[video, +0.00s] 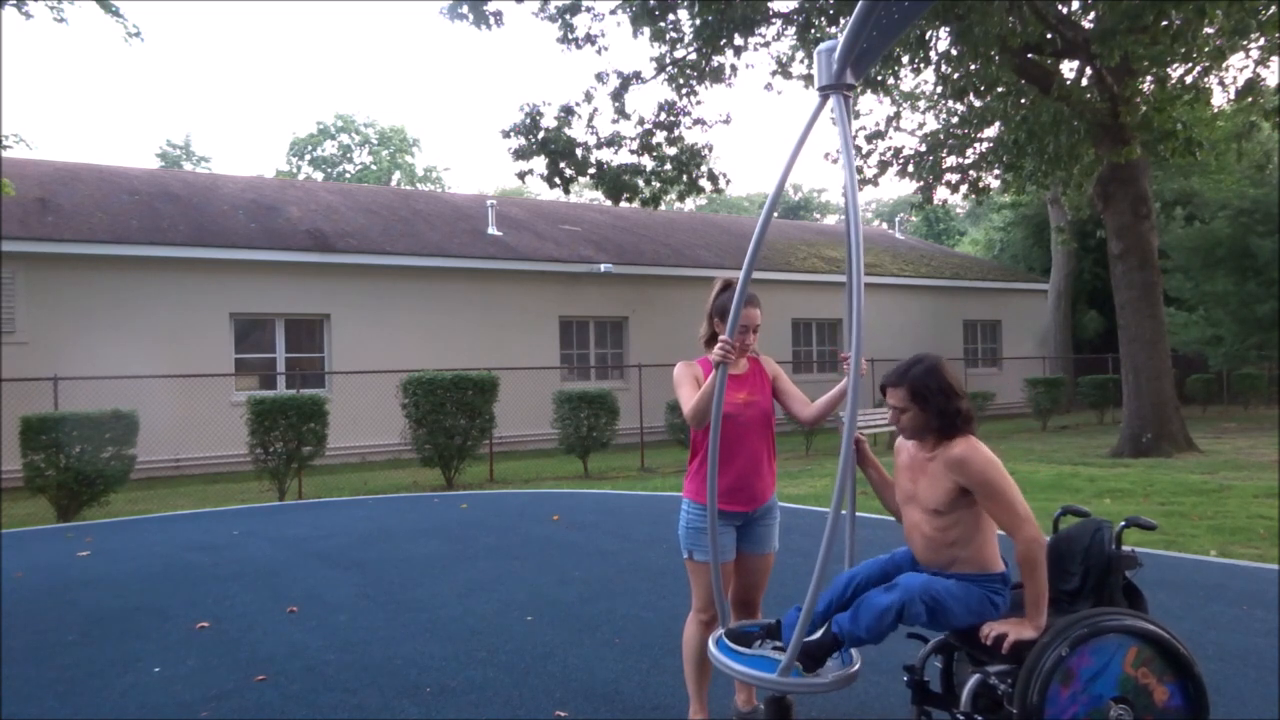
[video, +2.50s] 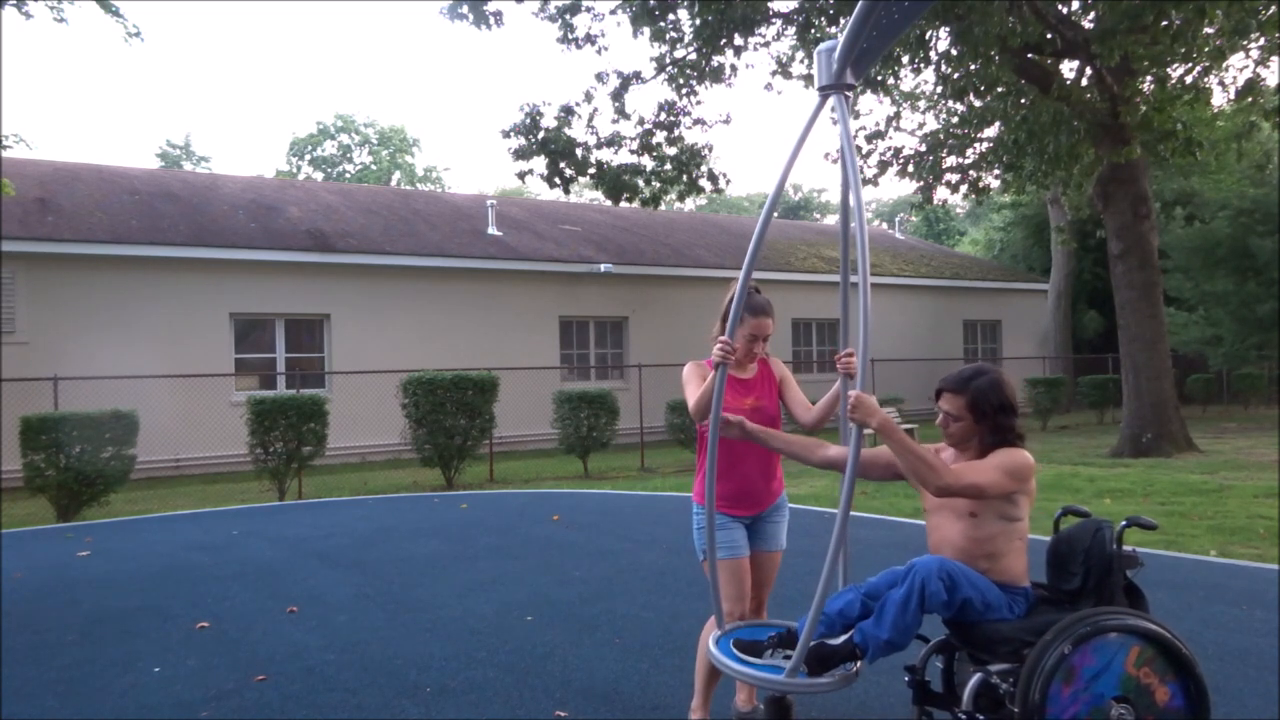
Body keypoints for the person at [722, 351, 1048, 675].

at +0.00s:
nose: (891, 418)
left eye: (898, 410)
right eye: (888, 409)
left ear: (927, 407)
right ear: (910, 407)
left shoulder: (967, 454)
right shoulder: (905, 447)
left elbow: (1029, 534)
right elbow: (903, 510)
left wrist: (1034, 620)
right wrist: (867, 461)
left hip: (976, 586)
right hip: (921, 563)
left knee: (903, 593)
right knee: (855, 580)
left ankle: (824, 644)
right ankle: (782, 631)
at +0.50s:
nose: (910, 428)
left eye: (917, 419)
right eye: (907, 419)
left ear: (948, 414)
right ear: (915, 416)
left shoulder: (997, 467)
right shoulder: (920, 455)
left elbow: (1061, 544)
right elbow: (892, 515)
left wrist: (998, 601)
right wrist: (866, 463)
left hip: (986, 594)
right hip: (932, 584)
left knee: (921, 568)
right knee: (882, 577)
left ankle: (842, 646)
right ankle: (784, 631)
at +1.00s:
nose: (945, 426)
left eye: (953, 419)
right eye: (943, 418)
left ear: (986, 416)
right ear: (942, 413)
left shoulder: (1016, 468)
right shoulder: (948, 454)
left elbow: (936, 486)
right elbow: (905, 513)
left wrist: (873, 428)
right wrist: (866, 458)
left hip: (996, 597)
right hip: (945, 584)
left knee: (924, 565)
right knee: (891, 582)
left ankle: (845, 644)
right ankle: (788, 629)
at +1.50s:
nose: (959, 431)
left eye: (969, 424)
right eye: (957, 421)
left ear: (1004, 424)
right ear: (956, 415)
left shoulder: (1030, 471)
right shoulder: (954, 462)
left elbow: (945, 481)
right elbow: (914, 538)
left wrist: (879, 422)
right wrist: (852, 577)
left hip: (1001, 599)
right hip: (945, 585)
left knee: (928, 567)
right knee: (879, 590)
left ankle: (846, 645)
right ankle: (789, 631)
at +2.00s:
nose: (949, 430)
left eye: (959, 422)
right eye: (947, 420)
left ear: (993, 421)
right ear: (946, 415)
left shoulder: (1025, 468)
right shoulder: (944, 464)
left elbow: (945, 484)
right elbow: (895, 526)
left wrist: (880, 424)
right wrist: (837, 531)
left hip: (1001, 600)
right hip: (945, 588)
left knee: (933, 568)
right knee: (876, 594)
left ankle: (852, 649)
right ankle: (796, 636)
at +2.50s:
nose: (941, 425)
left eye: (951, 418)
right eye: (939, 416)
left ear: (984, 419)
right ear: (938, 412)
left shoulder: (1016, 462)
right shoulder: (931, 457)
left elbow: (943, 483)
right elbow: (828, 455)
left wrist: (882, 424)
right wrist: (747, 429)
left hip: (1002, 598)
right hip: (943, 587)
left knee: (932, 569)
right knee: (875, 590)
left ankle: (853, 647)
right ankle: (798, 638)